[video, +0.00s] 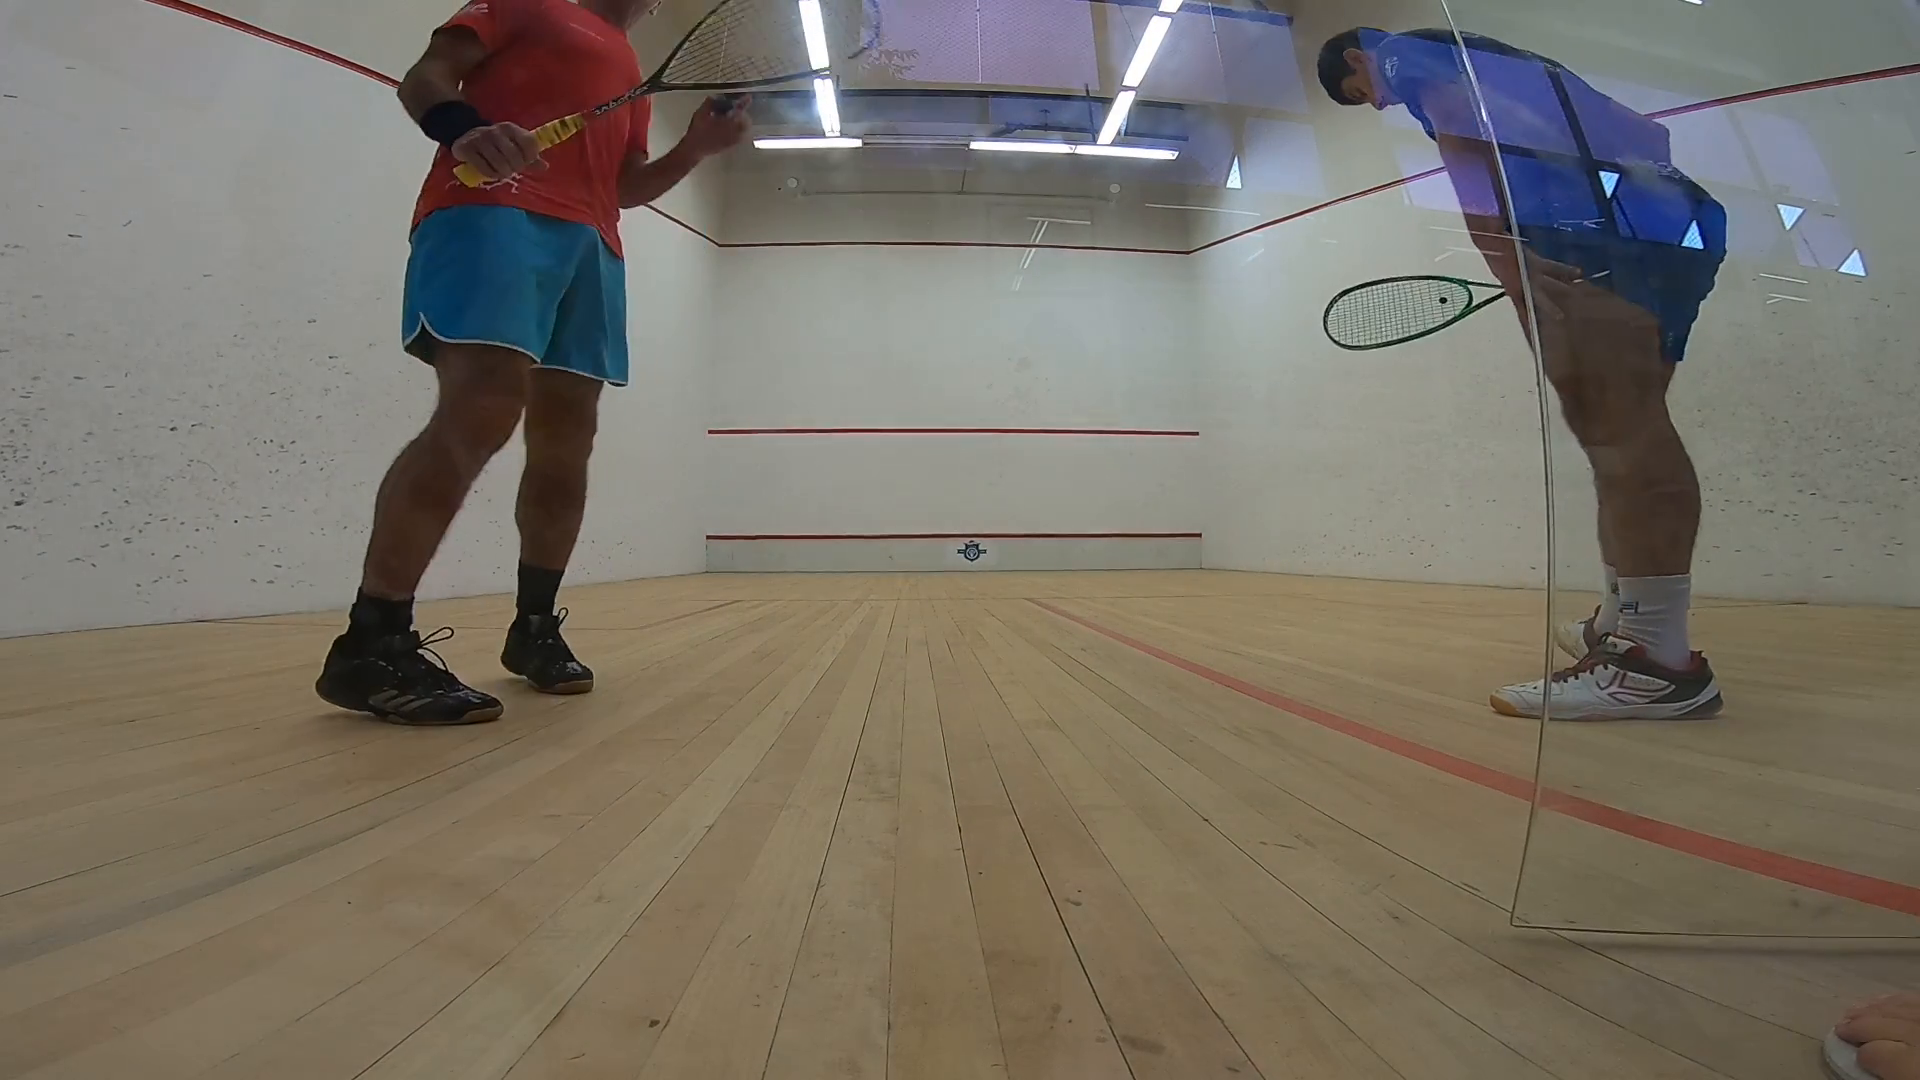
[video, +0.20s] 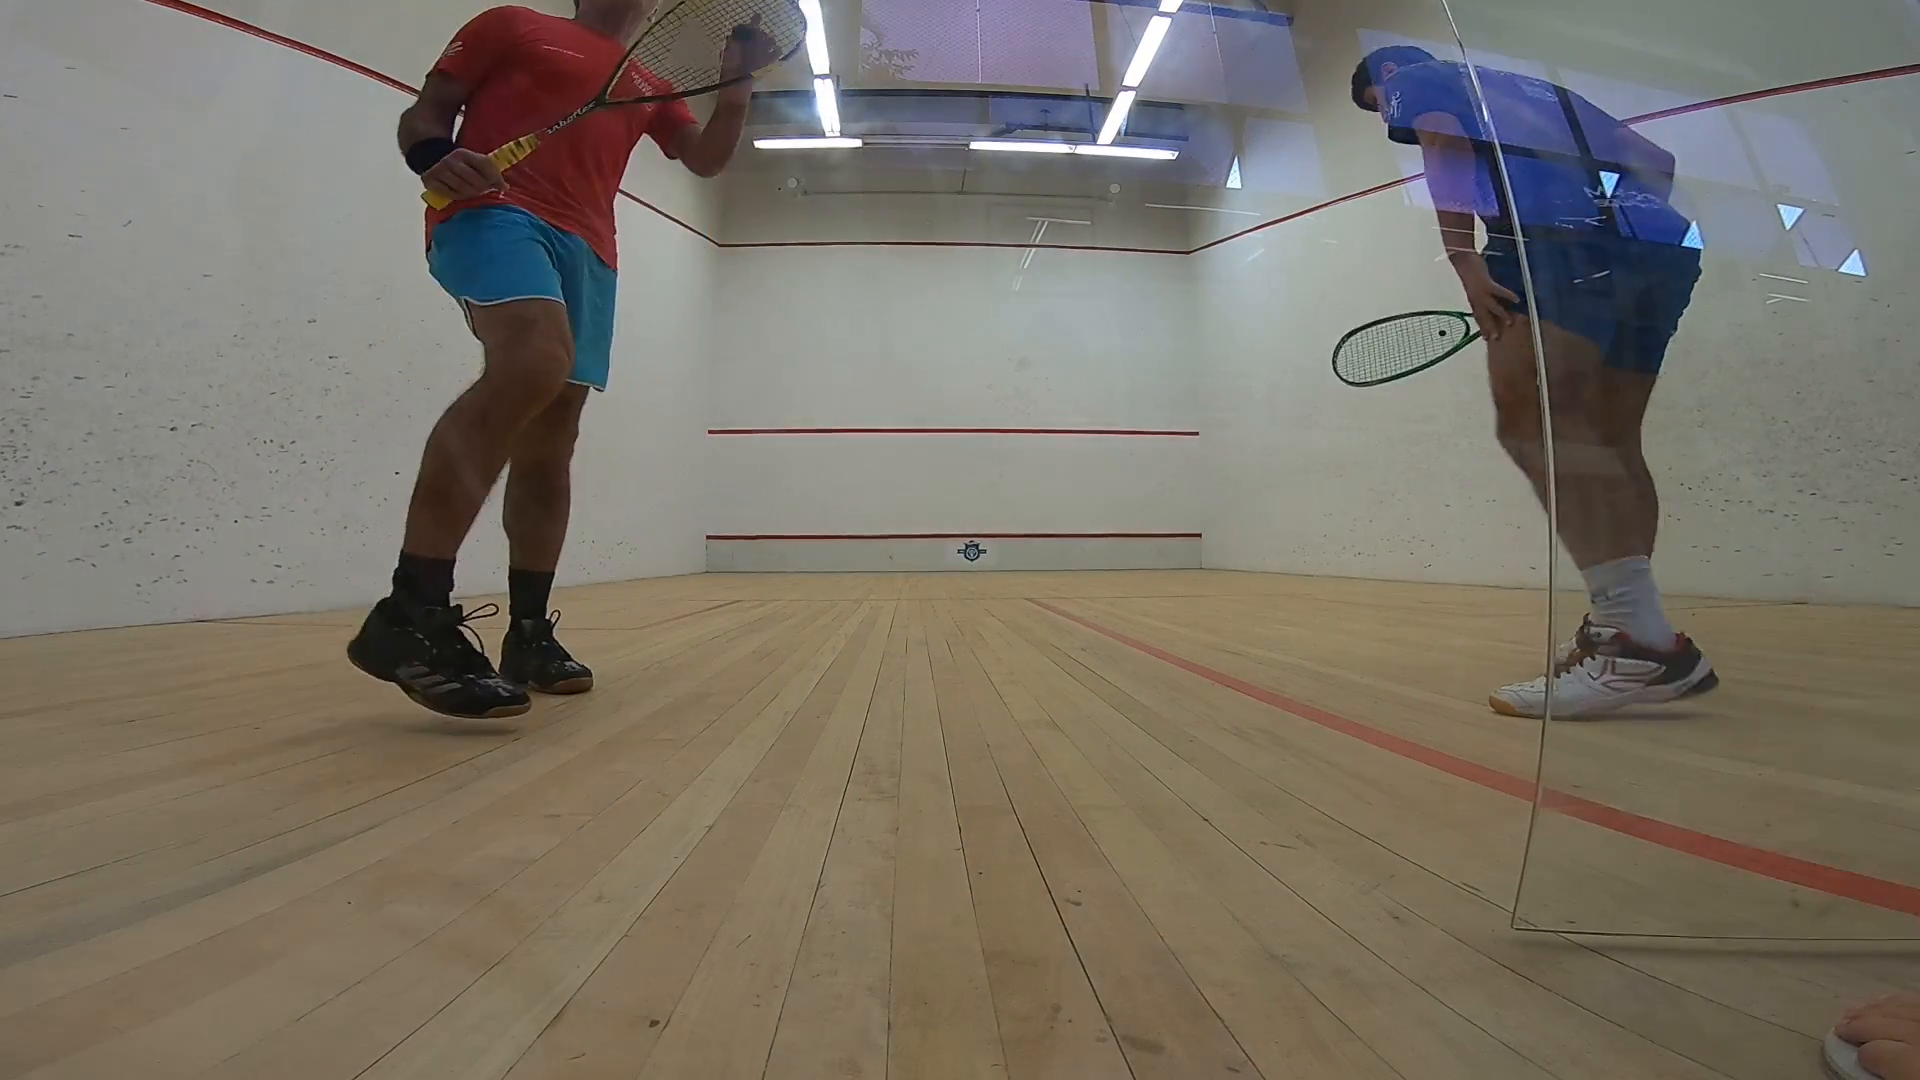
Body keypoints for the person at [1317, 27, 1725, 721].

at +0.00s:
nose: (1373, 102)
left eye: (1358, 90)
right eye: (1361, 100)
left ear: (1358, 54)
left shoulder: (1405, 54)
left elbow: (1464, 136)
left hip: (1605, 227)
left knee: (1624, 423)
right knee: (1611, 423)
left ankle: (1663, 658)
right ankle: (1627, 627)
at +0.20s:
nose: (1384, 114)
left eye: (1377, 100)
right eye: (1375, 109)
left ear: (1389, 72)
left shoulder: (1408, 70)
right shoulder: (1538, 94)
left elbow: (1443, 129)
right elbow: (1655, 163)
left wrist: (1461, 253)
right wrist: (1613, 240)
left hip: (1562, 234)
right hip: (1655, 243)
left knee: (1533, 427)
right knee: (1613, 439)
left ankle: (1643, 639)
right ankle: (1622, 635)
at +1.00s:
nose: (1428, 128)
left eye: (1423, 122)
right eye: (1417, 121)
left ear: (1370, 138)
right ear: (1383, 129)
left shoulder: (1337, 193)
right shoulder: (1447, 147)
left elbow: (1309, 262)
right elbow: (1496, 197)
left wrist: (1357, 329)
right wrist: (1535, 275)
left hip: (1406, 327)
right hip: (1494, 308)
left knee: (1418, 474)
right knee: (1554, 441)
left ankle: (1418, 615)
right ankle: (1553, 565)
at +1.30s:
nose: (1442, 138)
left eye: (1440, 131)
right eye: (1433, 130)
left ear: (1383, 144)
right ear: (1399, 132)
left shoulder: (1351, 203)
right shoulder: (1423, 153)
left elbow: (1329, 279)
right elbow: (1450, 207)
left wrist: (1372, 332)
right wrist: (1518, 281)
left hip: (1391, 336)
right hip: (1467, 320)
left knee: (1412, 471)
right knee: (1534, 455)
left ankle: (1416, 614)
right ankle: (1590, 603)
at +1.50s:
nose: (1471, 148)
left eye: (1468, 139)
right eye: (1462, 138)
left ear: (1412, 149)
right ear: (1426, 142)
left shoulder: (1372, 206)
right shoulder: (1458, 166)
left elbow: (1342, 277)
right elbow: (1476, 214)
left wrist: (1377, 336)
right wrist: (1532, 286)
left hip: (1412, 346)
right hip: (1491, 333)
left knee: (1422, 478)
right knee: (1530, 474)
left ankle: (1418, 614)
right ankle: (1562, 611)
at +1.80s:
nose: (1505, 156)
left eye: (1502, 149)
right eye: (1500, 149)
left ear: (1443, 159)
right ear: (1482, 145)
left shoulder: (1408, 201)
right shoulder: (1528, 176)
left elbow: (1388, 262)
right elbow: (1582, 230)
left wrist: (1410, 327)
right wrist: (1629, 301)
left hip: (1462, 346)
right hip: (1547, 338)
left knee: (1446, 469)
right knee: (1557, 473)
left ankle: (1437, 589)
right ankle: (1565, 610)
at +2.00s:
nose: (1445, 177)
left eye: (1444, 170)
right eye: (1445, 171)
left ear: (1454, 166)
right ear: (1503, 164)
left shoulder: (1434, 201)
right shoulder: (1554, 194)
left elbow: (1415, 258)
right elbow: (1627, 250)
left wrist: (1414, 327)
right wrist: (1637, 313)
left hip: (1477, 352)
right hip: (1559, 351)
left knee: (1463, 475)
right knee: (1551, 479)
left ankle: (1497, 583)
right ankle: (1562, 607)